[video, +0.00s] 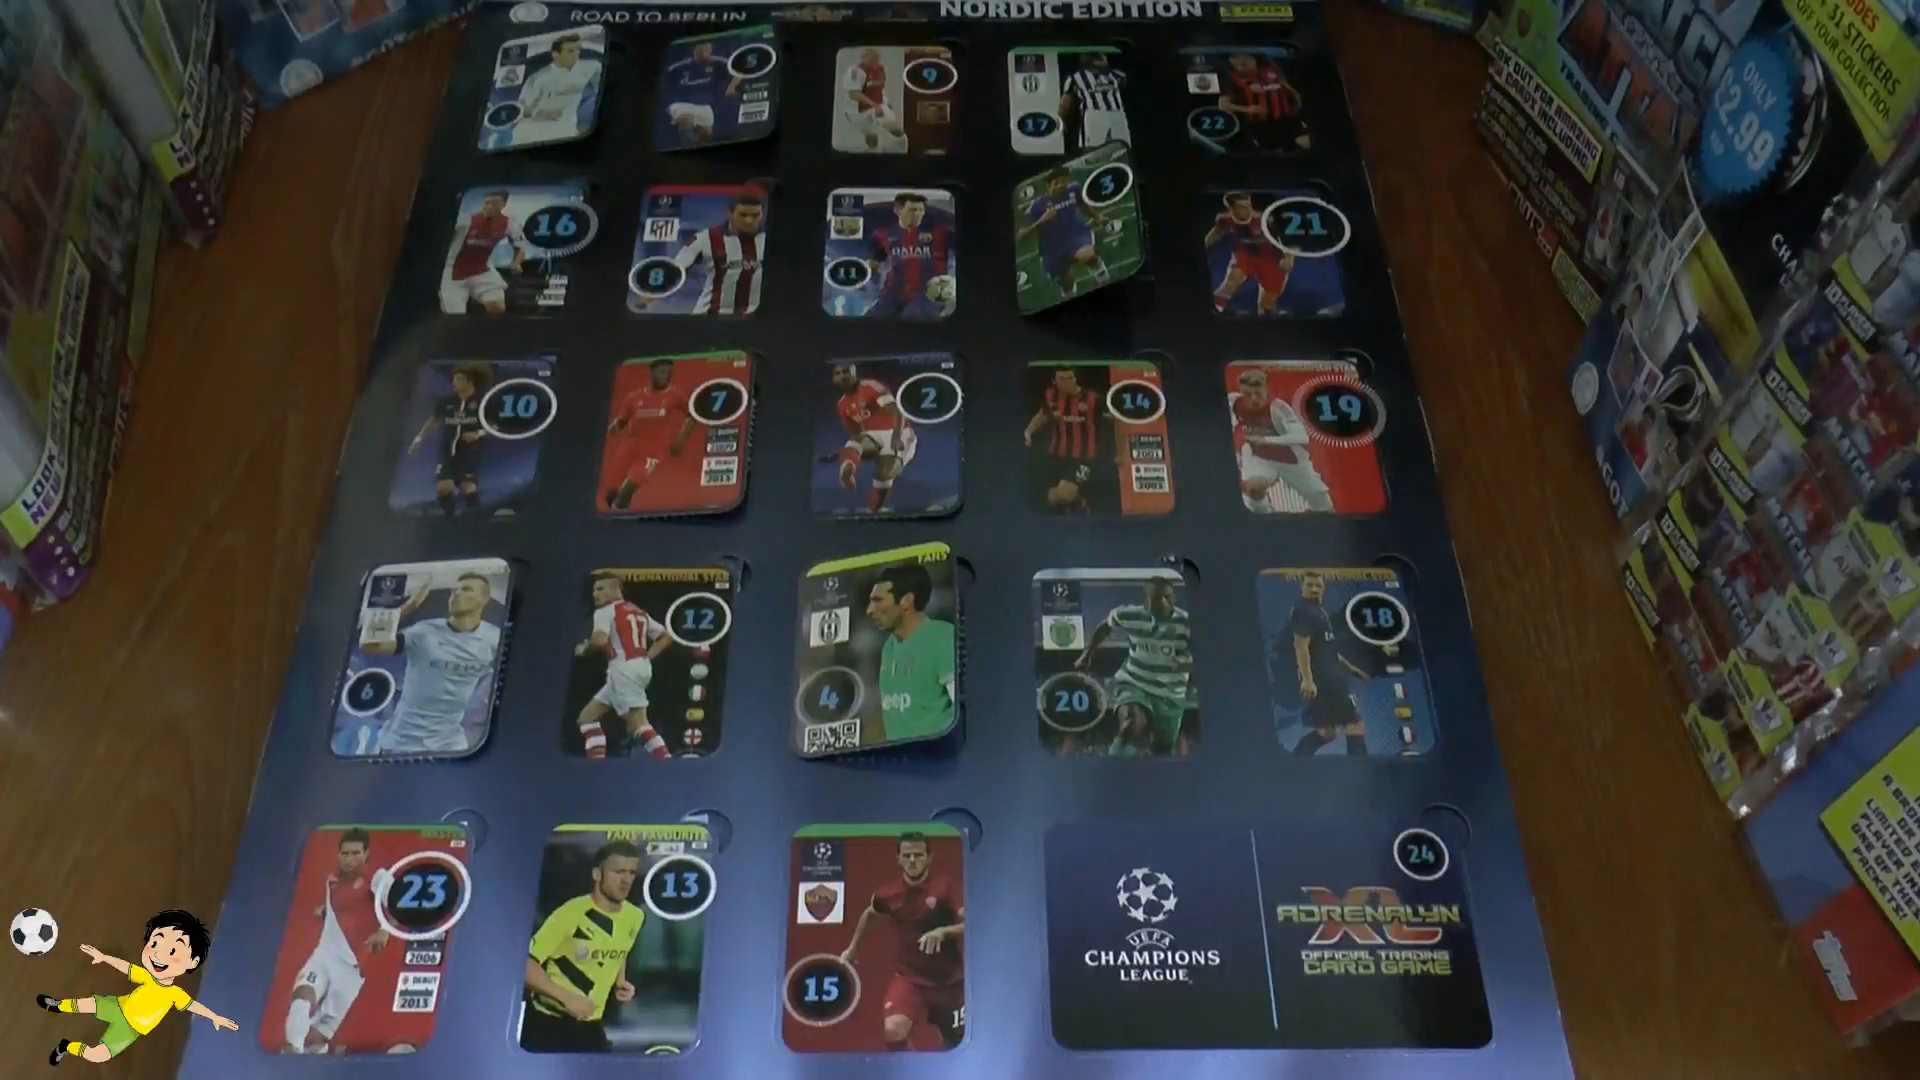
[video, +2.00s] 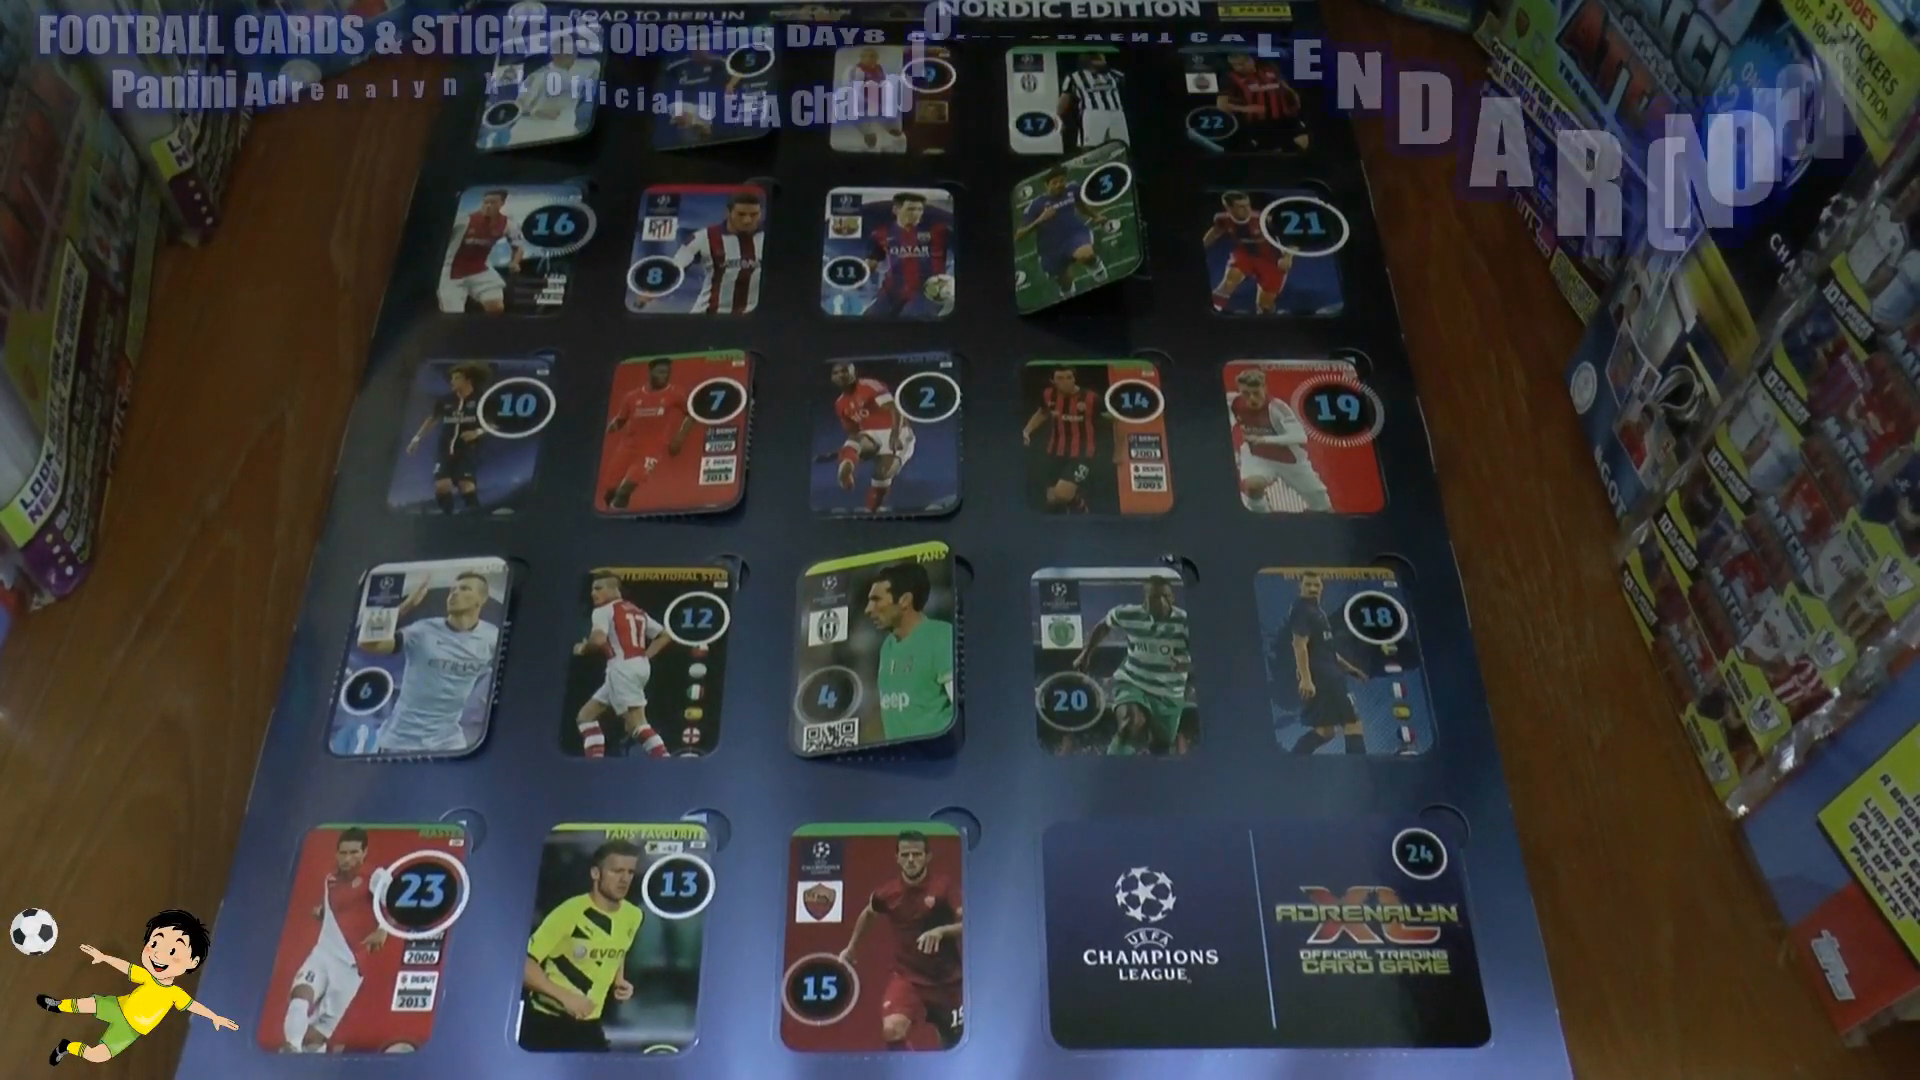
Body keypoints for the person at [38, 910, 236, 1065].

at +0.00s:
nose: (160, 956)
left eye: (173, 952)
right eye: (156, 945)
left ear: (190, 965)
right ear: (145, 946)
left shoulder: (176, 995)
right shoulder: (143, 975)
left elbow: (195, 1007)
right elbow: (124, 967)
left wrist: (215, 1018)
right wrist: (103, 958)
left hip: (131, 1030)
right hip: (119, 1008)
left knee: (98, 1055)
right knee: (88, 1003)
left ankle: (66, 1047)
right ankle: (57, 1006)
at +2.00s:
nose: (159, 956)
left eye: (172, 953)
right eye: (156, 944)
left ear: (189, 965)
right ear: (146, 945)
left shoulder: (176, 995)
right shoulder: (143, 975)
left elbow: (195, 1007)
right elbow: (124, 967)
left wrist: (215, 1017)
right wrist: (103, 958)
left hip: (131, 1030)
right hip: (119, 1008)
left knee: (99, 1055)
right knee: (89, 1003)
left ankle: (66, 1047)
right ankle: (57, 1006)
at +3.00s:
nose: (159, 955)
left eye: (172, 952)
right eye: (155, 944)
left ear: (188, 966)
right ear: (145, 945)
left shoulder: (176, 995)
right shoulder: (144, 976)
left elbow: (195, 1007)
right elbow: (124, 966)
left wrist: (215, 1017)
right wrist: (103, 958)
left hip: (131, 1030)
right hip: (119, 1008)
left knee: (99, 1055)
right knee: (89, 1003)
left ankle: (66, 1047)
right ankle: (57, 1006)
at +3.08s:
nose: (159, 955)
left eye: (172, 952)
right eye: (155, 944)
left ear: (187, 966)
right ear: (145, 946)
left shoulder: (176, 995)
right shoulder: (144, 976)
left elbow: (194, 1007)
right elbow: (124, 966)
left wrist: (215, 1017)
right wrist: (103, 958)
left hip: (131, 1030)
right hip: (119, 1008)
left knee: (99, 1055)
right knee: (89, 1003)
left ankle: (66, 1047)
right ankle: (57, 1006)